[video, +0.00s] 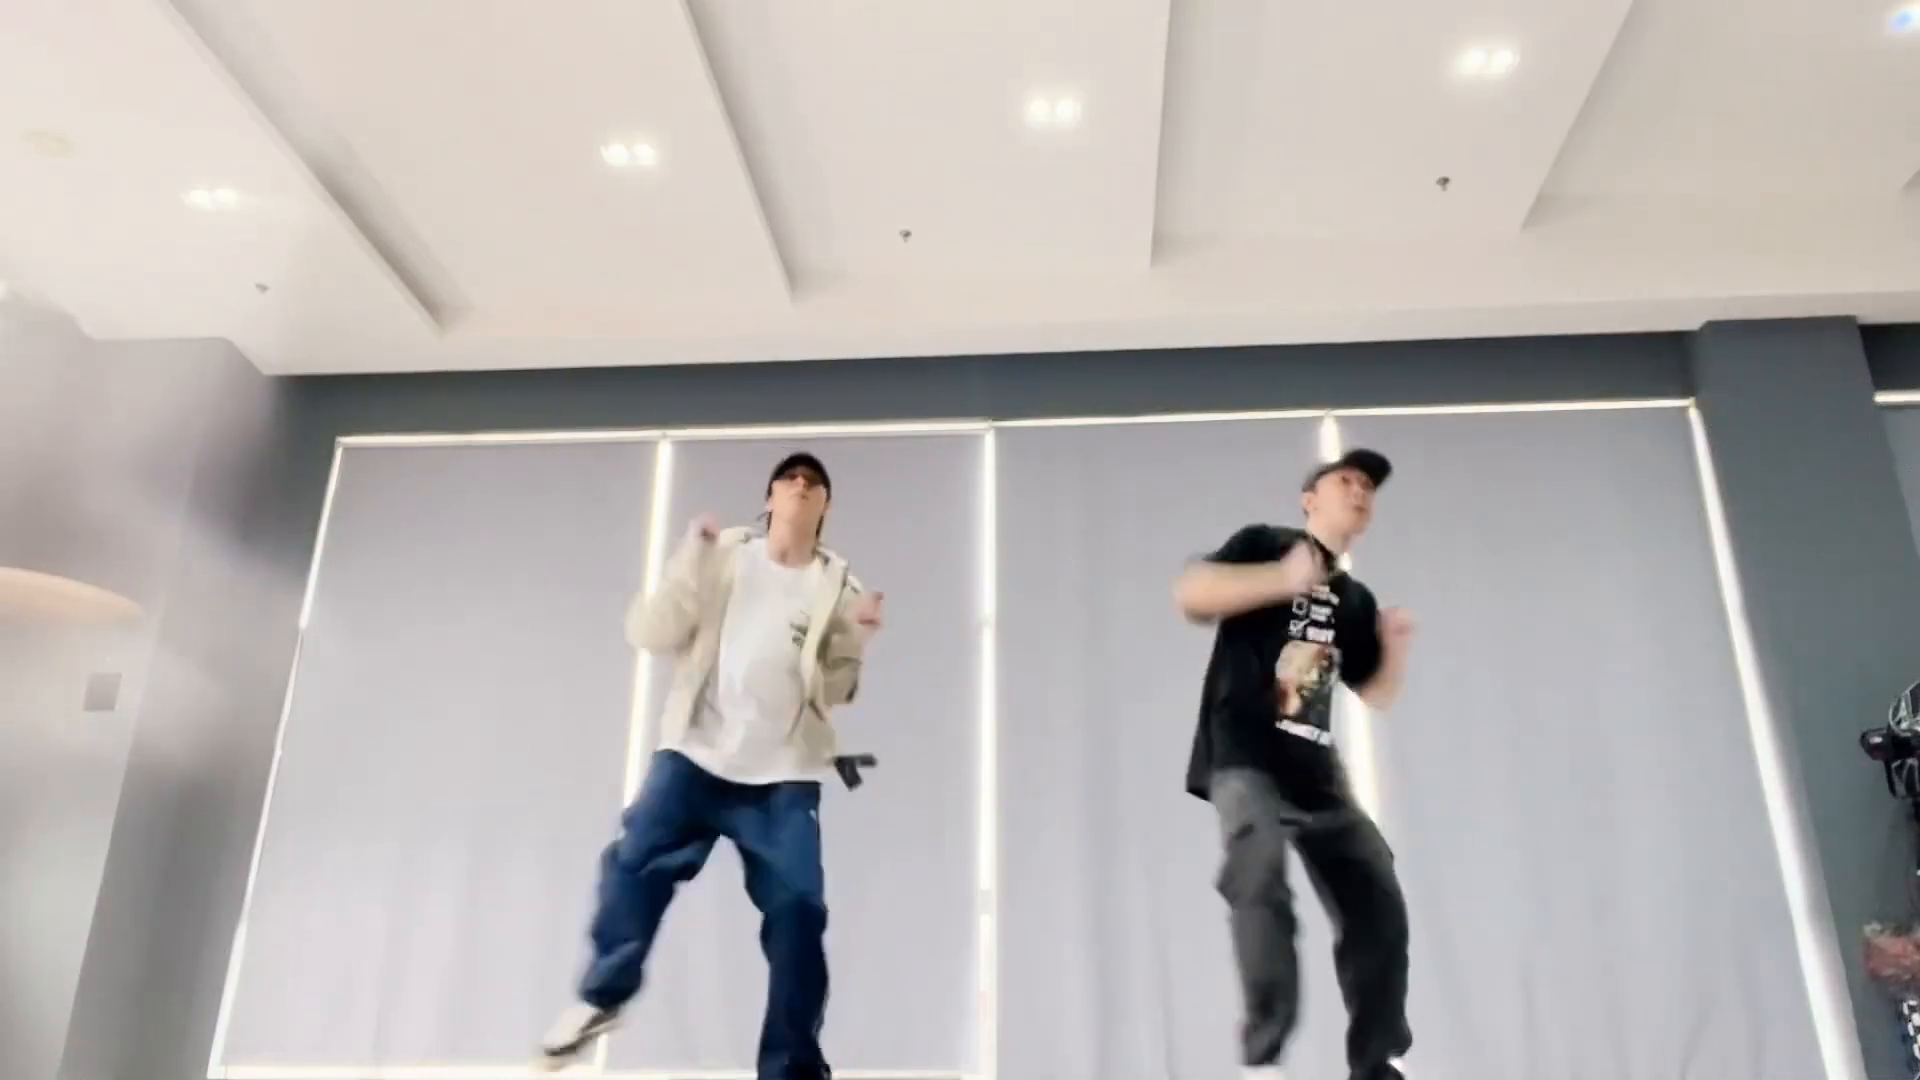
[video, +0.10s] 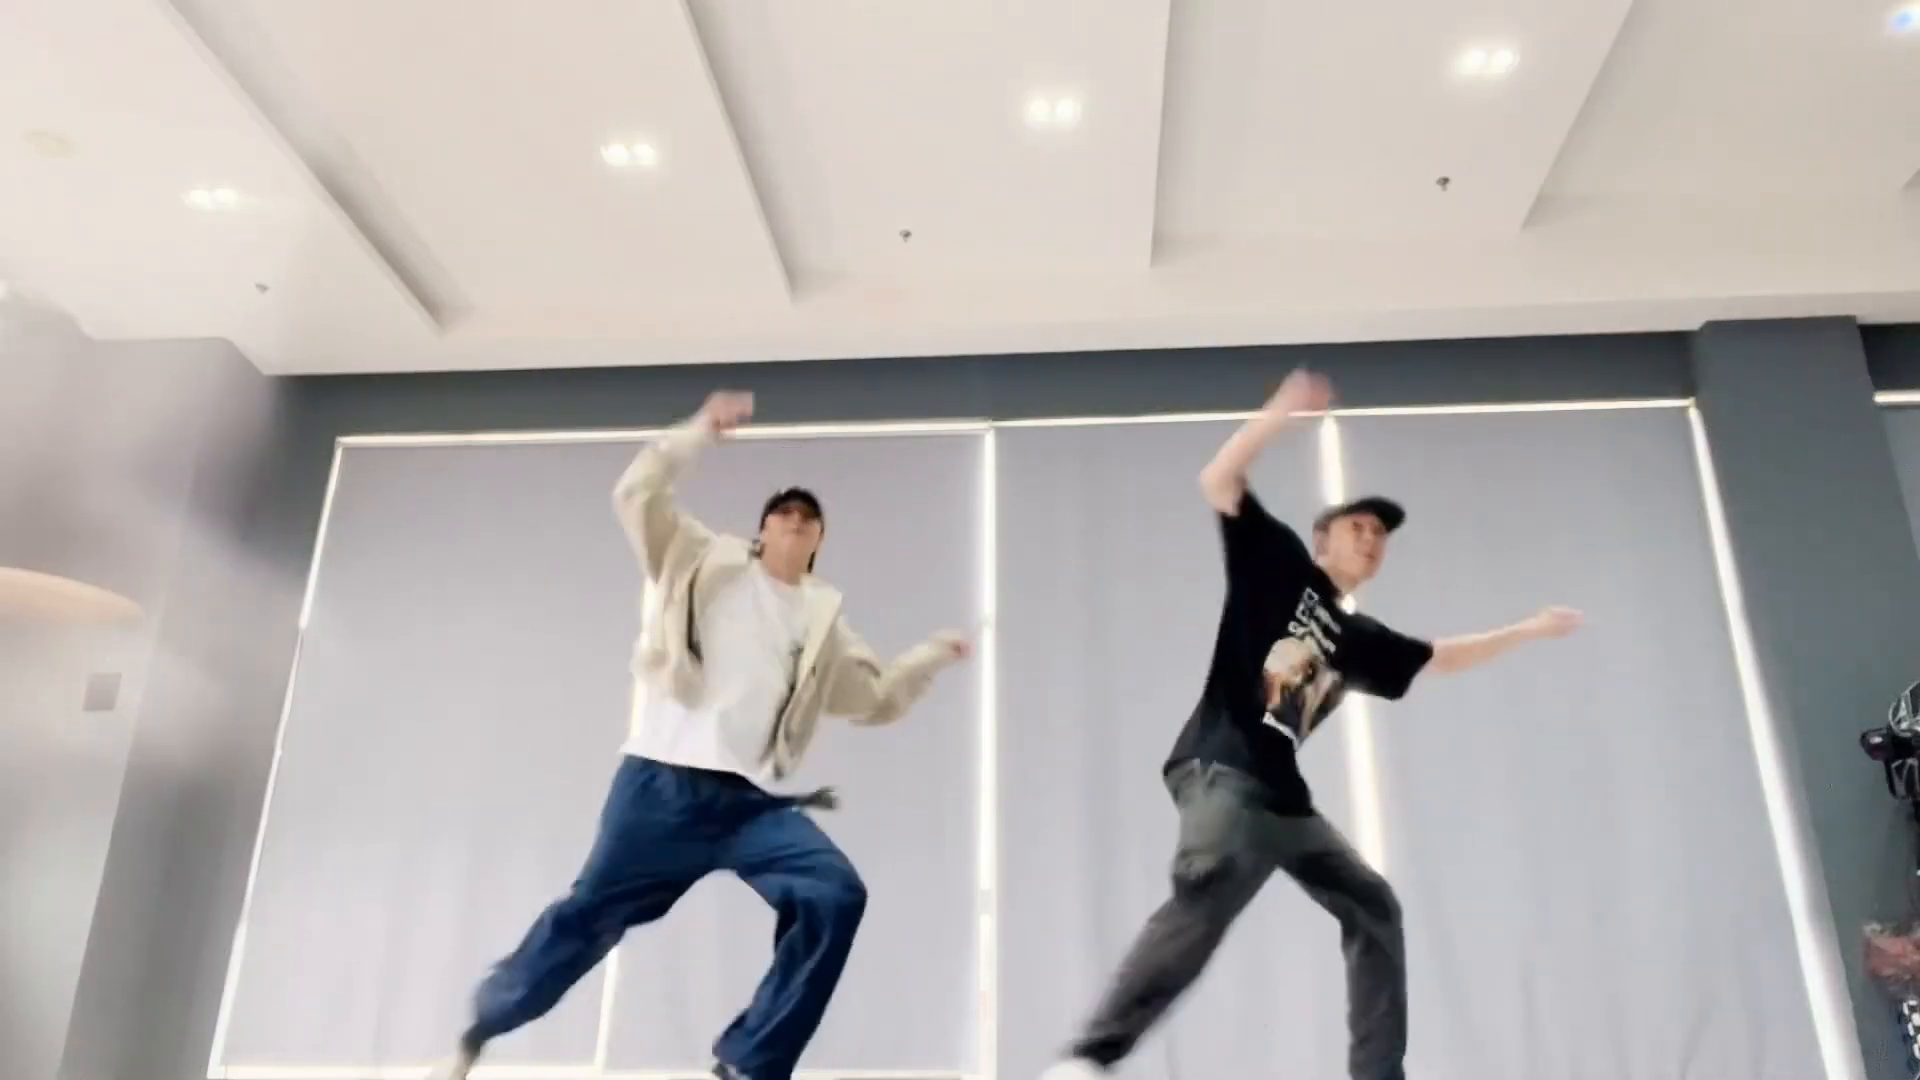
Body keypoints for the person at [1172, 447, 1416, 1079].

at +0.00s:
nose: (1359, 499)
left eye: (1368, 494)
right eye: (1346, 486)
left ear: (1370, 517)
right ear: (1310, 496)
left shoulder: (1356, 599)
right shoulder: (1263, 545)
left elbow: (1375, 693)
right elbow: (1192, 595)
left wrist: (1391, 651)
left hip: (1312, 761)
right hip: (1242, 747)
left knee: (1375, 897)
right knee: (1257, 868)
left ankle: (1376, 1060)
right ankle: (1264, 1051)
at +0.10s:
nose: (1372, 547)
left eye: (1381, 541)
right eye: (1360, 532)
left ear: (1381, 558)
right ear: (1323, 534)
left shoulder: (1356, 637)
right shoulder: (1274, 554)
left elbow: (1441, 656)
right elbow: (1219, 480)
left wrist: (1530, 630)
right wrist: (1278, 412)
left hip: (1282, 797)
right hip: (1223, 766)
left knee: (1374, 908)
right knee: (1209, 893)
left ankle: (1378, 1074)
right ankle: (1091, 1056)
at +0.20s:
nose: (1365, 576)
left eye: (1372, 570)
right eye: (1351, 564)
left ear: (1376, 588)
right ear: (1323, 570)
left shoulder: (1360, 667)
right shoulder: (1290, 587)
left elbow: (1447, 656)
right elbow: (1274, 488)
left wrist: (1531, 613)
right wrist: (1289, 389)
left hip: (1274, 831)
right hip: (1215, 802)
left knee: (1370, 912)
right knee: (1159, 932)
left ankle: (1375, 1068)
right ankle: (1019, 1041)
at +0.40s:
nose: (1323, 484)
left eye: (1334, 477)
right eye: (1309, 476)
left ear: (1348, 497)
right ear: (1287, 495)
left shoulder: (1369, 597)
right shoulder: (1256, 561)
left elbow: (1362, 692)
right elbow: (1218, 664)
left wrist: (1348, 690)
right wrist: (1282, 654)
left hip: (1344, 761)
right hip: (1263, 740)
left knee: (1400, 910)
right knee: (1262, 871)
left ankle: (1385, 1071)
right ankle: (1185, 1020)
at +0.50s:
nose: (1276, 488)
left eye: (1289, 477)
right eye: (1261, 480)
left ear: (1308, 491)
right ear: (1246, 500)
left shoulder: (1359, 561)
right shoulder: (1234, 594)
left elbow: (1433, 624)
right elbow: (1227, 707)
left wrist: (1333, 603)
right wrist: (1270, 671)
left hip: (1380, 760)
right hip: (1292, 770)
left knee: (1419, 907)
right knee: (1311, 911)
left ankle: (1397, 1065)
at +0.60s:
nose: (1251, 510)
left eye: (1262, 498)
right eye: (1238, 505)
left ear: (1289, 506)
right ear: (1229, 527)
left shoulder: (1351, 541)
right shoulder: (1245, 609)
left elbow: (1434, 486)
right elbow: (1223, 674)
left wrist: (1376, 423)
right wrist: (1175, 663)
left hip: (1423, 773)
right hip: (1328, 796)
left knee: (1515, 867)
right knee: (1266, 890)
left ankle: (1510, 1034)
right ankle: (1305, 1063)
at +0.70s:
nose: (1263, 549)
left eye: (1272, 537)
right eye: (1249, 545)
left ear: (1299, 545)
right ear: (1242, 567)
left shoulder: (1341, 554)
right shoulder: (1258, 641)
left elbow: (1363, 457)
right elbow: (1179, 650)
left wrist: (1375, 351)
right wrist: (1091, 646)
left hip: (1460, 772)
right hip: (1381, 810)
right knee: (1283, 908)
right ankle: (1311, 1072)